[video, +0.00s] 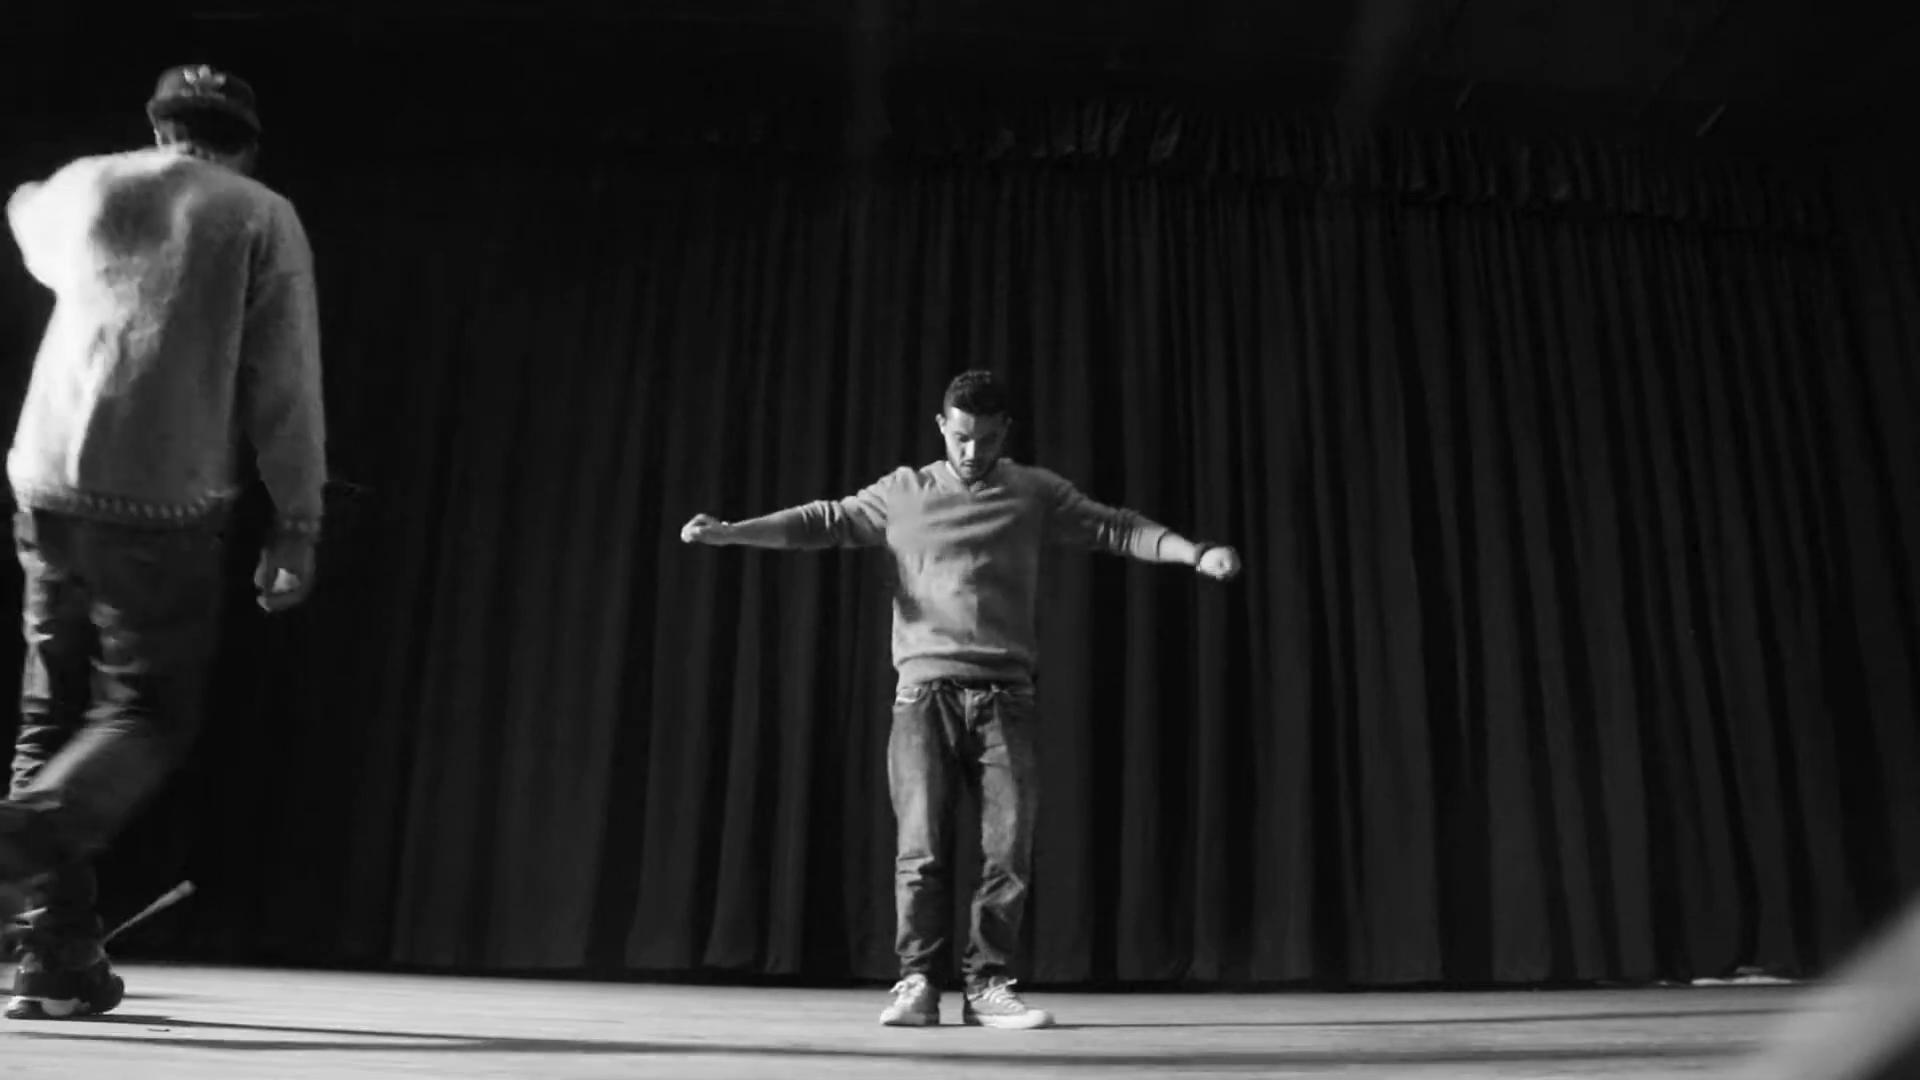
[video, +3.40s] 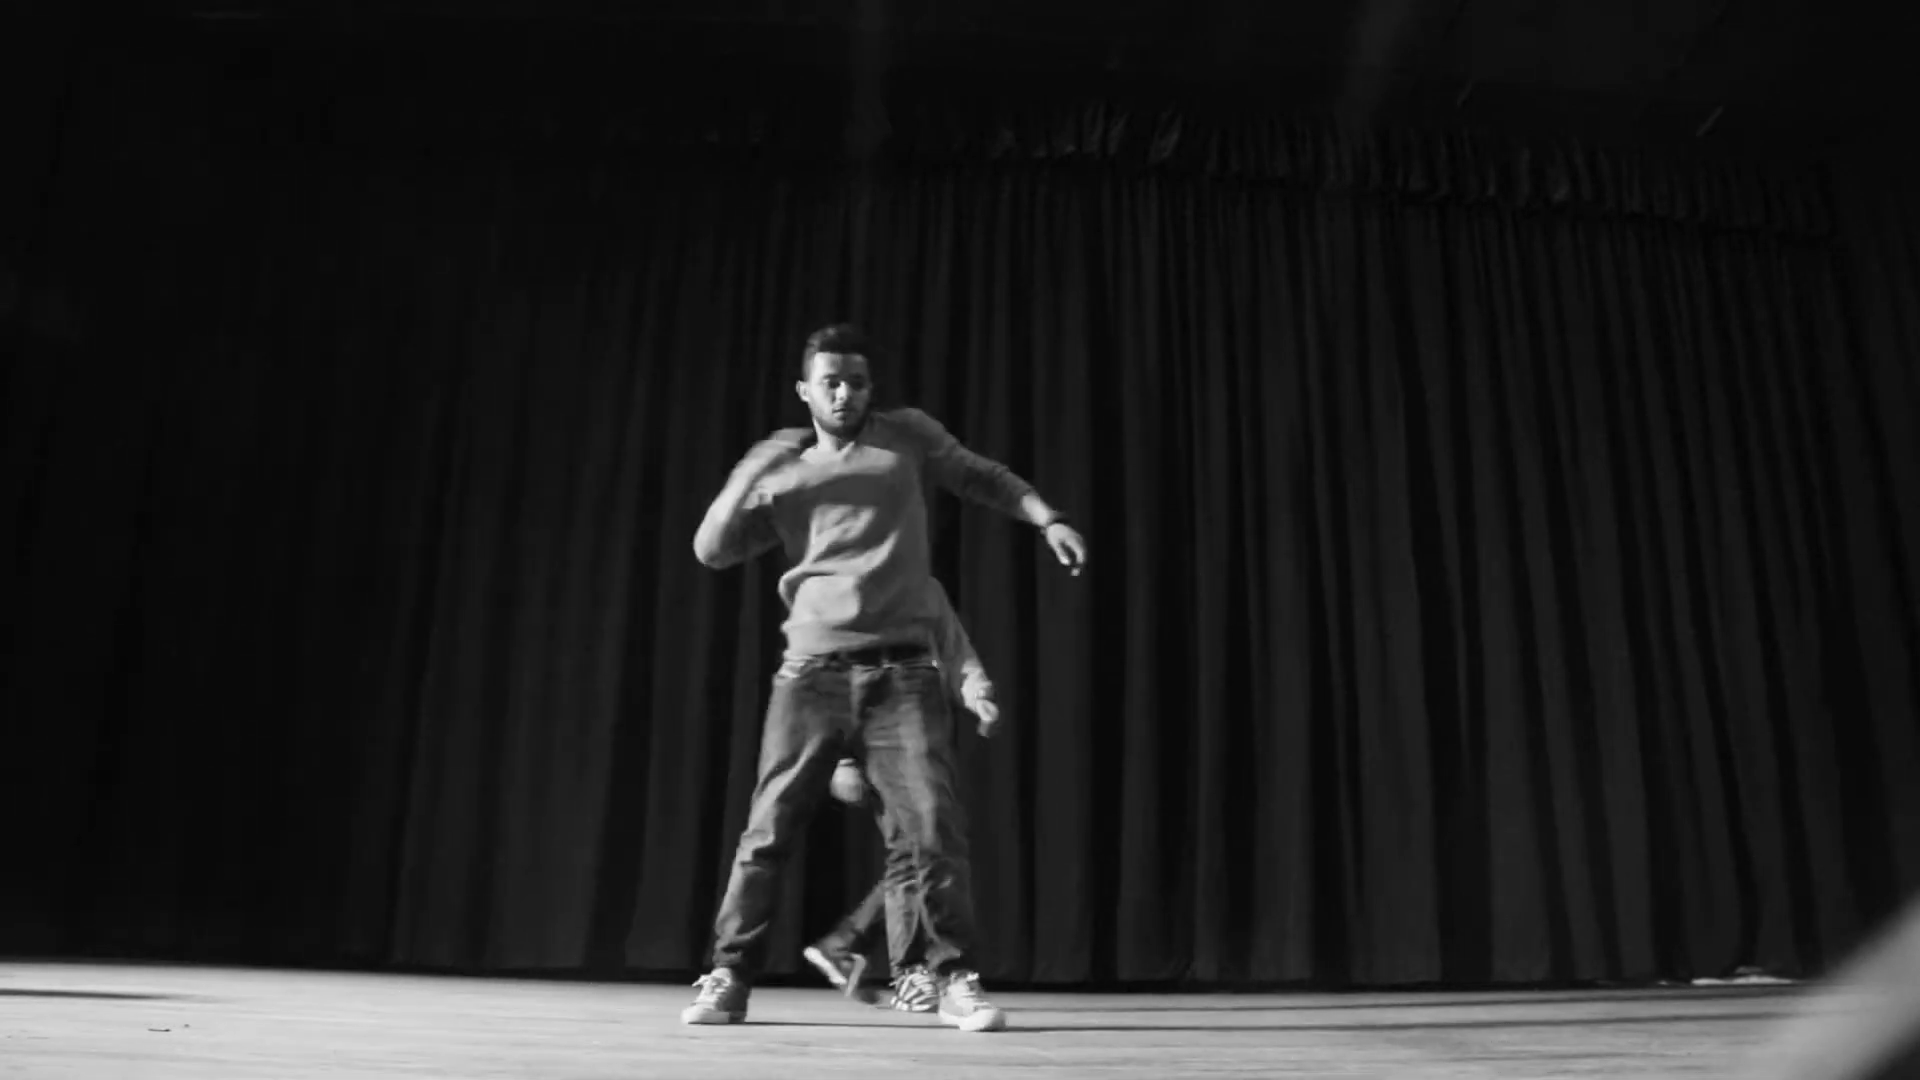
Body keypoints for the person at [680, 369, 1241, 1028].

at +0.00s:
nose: (973, 449)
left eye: (985, 436)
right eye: (962, 435)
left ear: (1006, 432)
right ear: (942, 428)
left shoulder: (1036, 492)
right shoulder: (904, 493)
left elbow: (1116, 529)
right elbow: (823, 519)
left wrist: (1195, 553)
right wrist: (733, 531)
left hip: (1006, 690)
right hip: (925, 690)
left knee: (1009, 848)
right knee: (923, 845)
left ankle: (992, 989)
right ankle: (916, 985)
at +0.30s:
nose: (968, 443)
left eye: (980, 429)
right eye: (958, 428)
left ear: (1003, 426)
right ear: (943, 424)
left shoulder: (1038, 470)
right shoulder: (915, 494)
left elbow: (1102, 525)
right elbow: (825, 513)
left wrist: (1157, 557)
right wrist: (728, 517)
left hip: (1003, 677)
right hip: (927, 671)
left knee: (990, 830)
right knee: (904, 805)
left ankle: (974, 976)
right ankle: (838, 945)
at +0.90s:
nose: (968, 426)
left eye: (981, 413)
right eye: (957, 412)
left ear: (1001, 413)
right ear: (938, 412)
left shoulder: (1033, 473)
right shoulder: (903, 475)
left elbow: (1104, 516)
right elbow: (824, 501)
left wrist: (1188, 550)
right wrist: (748, 539)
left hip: (1001, 679)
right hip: (919, 677)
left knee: (992, 824)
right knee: (915, 825)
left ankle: (974, 975)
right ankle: (924, 965)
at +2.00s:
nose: (954, 412)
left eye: (967, 401)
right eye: (949, 401)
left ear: (1005, 403)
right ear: (946, 403)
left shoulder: (1056, 472)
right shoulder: (921, 461)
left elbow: (1125, 521)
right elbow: (833, 472)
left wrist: (1202, 559)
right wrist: (737, 470)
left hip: (973, 678)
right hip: (893, 666)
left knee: (968, 832)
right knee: (844, 794)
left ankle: (963, 981)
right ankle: (873, 938)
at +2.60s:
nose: (948, 396)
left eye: (963, 383)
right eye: (944, 384)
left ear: (1002, 386)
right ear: (941, 388)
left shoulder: (1051, 463)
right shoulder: (918, 445)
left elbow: (1118, 518)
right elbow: (836, 462)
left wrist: (1192, 566)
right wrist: (743, 468)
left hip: (1011, 662)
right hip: (930, 653)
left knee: (1002, 826)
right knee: (897, 764)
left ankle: (986, 975)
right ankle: (881, 911)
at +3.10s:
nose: (899, 405)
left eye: (910, 392)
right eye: (885, 393)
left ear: (929, 395)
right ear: (864, 402)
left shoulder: (967, 439)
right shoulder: (848, 488)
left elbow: (1036, 501)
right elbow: (759, 518)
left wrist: (1094, 547)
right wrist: (667, 499)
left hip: (988, 669)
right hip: (902, 671)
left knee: (988, 832)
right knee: (846, 817)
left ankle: (976, 983)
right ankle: (797, 963)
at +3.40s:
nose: (844, 395)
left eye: (855, 382)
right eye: (830, 382)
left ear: (872, 386)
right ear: (804, 388)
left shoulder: (909, 434)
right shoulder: (779, 464)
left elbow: (982, 478)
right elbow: (712, 550)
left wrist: (1047, 520)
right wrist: (749, 476)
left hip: (907, 665)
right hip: (815, 666)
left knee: (934, 823)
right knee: (769, 825)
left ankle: (952, 979)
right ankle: (726, 976)